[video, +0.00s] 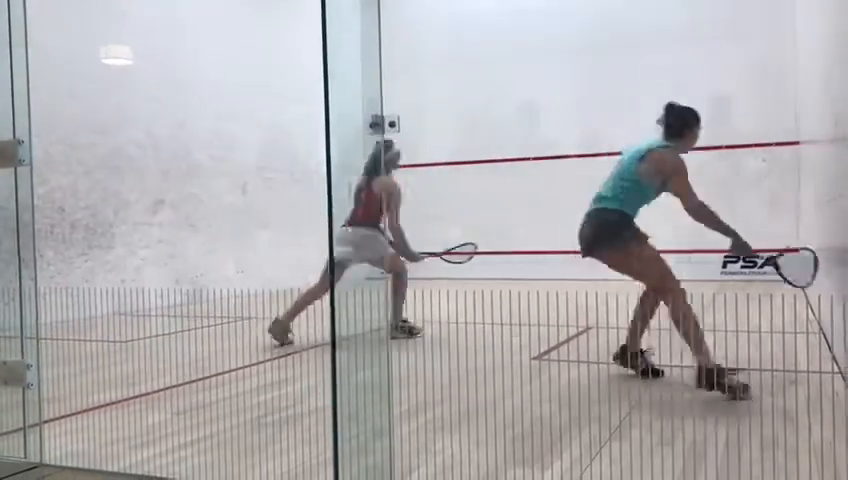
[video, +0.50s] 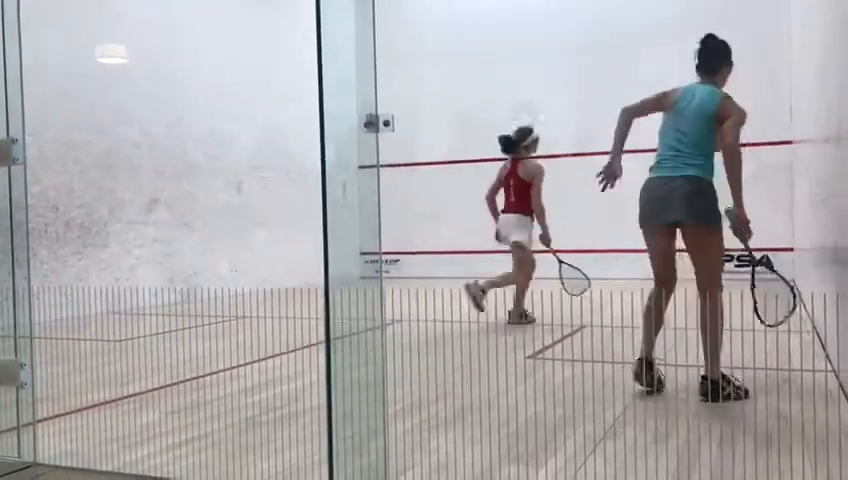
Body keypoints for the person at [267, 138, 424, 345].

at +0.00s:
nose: (399, 157)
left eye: (397, 154)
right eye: (395, 155)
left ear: (376, 159)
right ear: (388, 159)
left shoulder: (363, 182)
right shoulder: (390, 186)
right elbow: (394, 228)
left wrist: (400, 251)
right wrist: (411, 255)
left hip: (346, 235)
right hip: (368, 238)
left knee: (323, 285)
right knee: (399, 270)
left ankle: (283, 322)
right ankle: (397, 323)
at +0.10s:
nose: (434, 155)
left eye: (434, 151)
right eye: (432, 152)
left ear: (414, 154)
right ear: (425, 155)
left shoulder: (401, 175)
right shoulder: (425, 181)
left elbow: (391, 206)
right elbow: (423, 220)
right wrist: (436, 244)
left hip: (378, 229)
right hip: (397, 232)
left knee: (370, 283)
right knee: (421, 277)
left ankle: (325, 304)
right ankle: (401, 323)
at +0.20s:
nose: (462, 140)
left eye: (461, 137)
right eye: (460, 137)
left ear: (442, 139)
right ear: (454, 140)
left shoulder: (429, 160)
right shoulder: (455, 167)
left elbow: (411, 191)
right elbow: (453, 206)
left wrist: (422, 211)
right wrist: (464, 232)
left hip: (414, 214)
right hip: (431, 218)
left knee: (420, 270)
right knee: (430, 275)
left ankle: (389, 304)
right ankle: (404, 315)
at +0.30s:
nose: (487, 133)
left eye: (486, 130)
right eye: (484, 130)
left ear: (466, 132)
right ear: (478, 132)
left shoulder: (452, 153)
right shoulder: (484, 157)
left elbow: (434, 179)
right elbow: (483, 192)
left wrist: (440, 204)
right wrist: (491, 221)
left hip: (446, 206)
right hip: (463, 208)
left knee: (459, 260)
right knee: (451, 260)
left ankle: (457, 310)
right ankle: (421, 302)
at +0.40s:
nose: (512, 136)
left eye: (511, 133)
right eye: (510, 134)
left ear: (492, 137)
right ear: (504, 137)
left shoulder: (479, 158)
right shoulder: (511, 162)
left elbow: (459, 184)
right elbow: (512, 196)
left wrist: (467, 210)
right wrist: (518, 225)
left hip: (476, 213)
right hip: (494, 213)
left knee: (497, 262)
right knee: (481, 260)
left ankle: (509, 308)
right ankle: (443, 289)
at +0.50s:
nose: (536, 147)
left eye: (536, 143)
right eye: (535, 143)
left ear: (517, 146)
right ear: (529, 146)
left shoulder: (507, 166)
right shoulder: (535, 168)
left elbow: (490, 196)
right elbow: (536, 204)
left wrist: (498, 222)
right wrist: (545, 230)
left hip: (506, 220)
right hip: (521, 221)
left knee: (529, 266)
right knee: (521, 273)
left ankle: (518, 310)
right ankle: (481, 287)